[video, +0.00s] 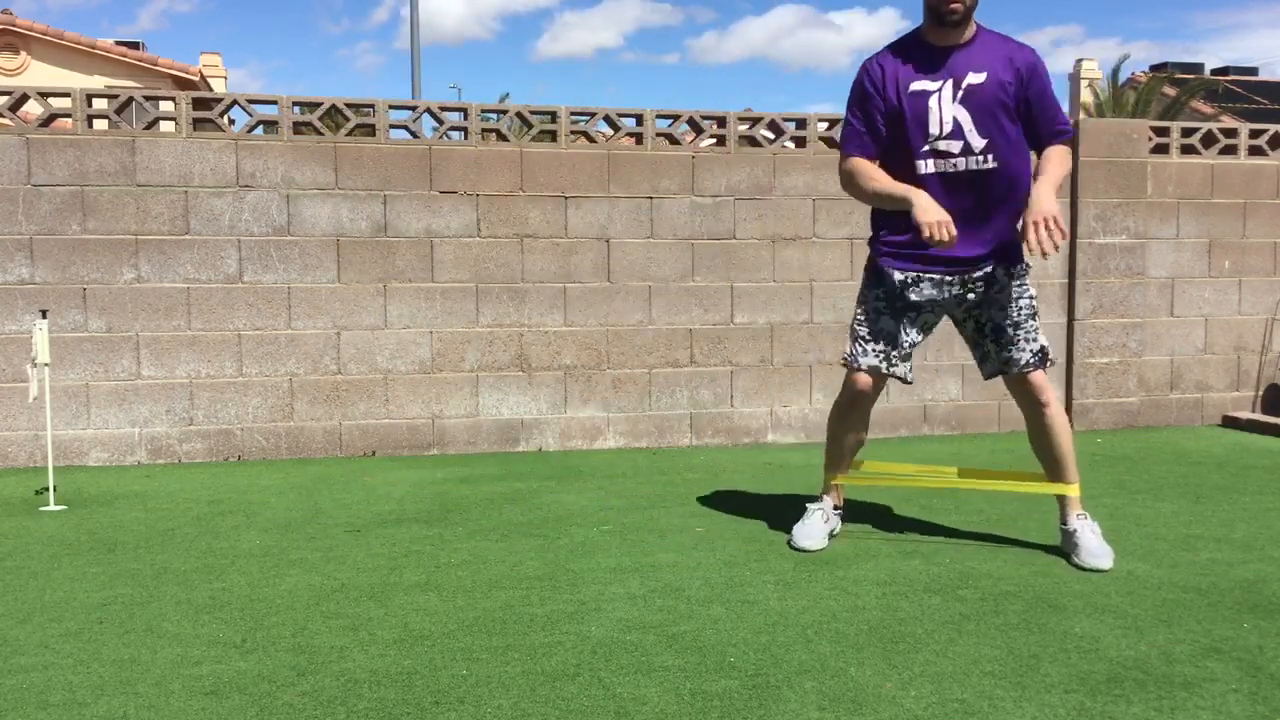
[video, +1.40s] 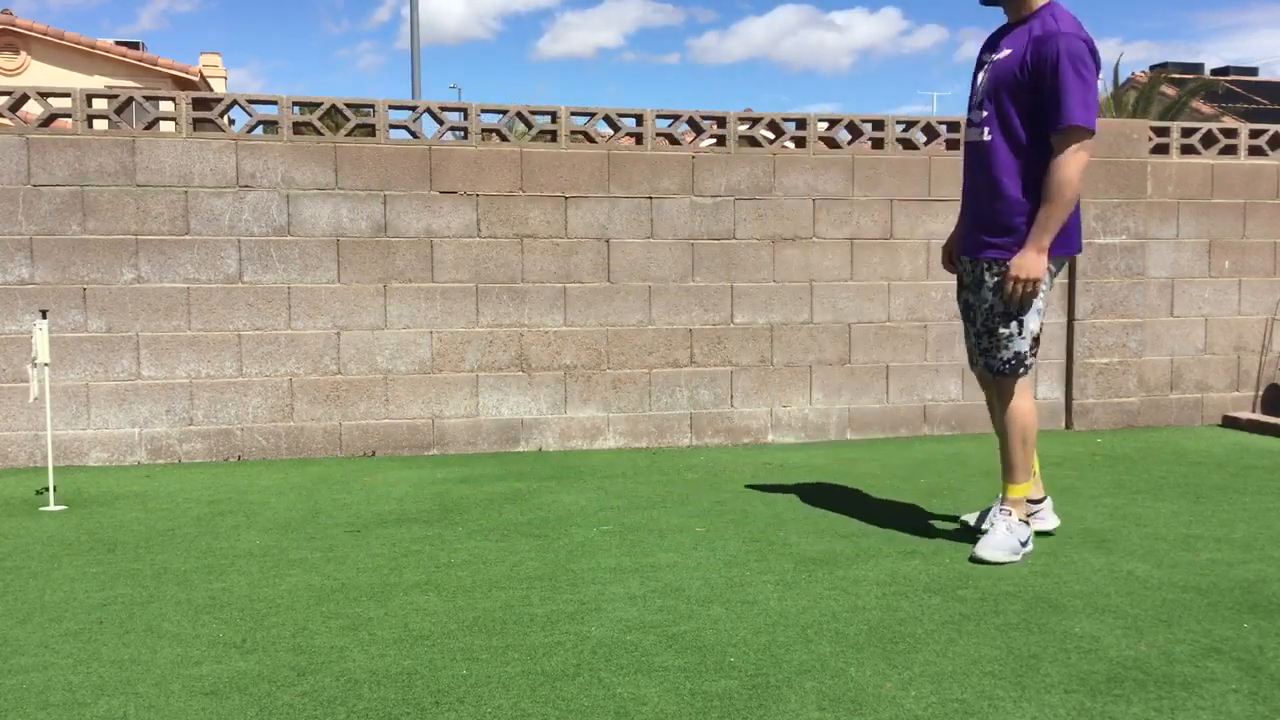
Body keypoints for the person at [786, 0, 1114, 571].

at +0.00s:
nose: (952, 0)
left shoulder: (1018, 62)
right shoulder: (882, 71)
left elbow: (1058, 143)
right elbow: (854, 170)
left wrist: (1044, 191)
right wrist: (912, 196)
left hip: (993, 264)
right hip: (904, 266)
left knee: (1034, 384)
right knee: (859, 384)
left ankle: (1075, 518)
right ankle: (828, 502)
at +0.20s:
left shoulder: (978, 56)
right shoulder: (843, 58)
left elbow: (996, 153)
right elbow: (806, 152)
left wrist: (1004, 241)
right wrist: (845, 222)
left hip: (957, 256)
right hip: (870, 258)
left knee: (1000, 376)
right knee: (842, 381)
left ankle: (1039, 508)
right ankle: (823, 504)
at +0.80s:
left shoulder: (1041, 62)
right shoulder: (913, 43)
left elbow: (1055, 160)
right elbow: (886, 135)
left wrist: (1032, 250)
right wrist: (883, 217)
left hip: (987, 251)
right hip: (910, 243)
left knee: (988, 385)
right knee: (874, 371)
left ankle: (1008, 515)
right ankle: (837, 503)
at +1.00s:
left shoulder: (1064, 51)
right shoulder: (948, 36)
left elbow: (1072, 156)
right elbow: (918, 132)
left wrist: (1037, 239)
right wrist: (905, 211)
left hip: (1006, 249)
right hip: (933, 240)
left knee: (1004, 379)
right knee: (910, 366)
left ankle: (1009, 514)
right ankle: (903, 496)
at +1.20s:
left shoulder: (1072, 44)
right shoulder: (973, 41)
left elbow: (1081, 151)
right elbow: (955, 139)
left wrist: (1039, 242)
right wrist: (938, 222)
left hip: (1017, 246)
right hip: (956, 241)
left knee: (1011, 375)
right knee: (954, 362)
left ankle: (1015, 512)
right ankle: (993, 471)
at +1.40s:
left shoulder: (1061, 38)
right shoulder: (997, 41)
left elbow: (1074, 152)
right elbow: (991, 149)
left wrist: (1037, 247)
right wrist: (963, 229)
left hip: (1018, 248)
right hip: (979, 244)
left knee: (1010, 375)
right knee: (994, 372)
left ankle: (1014, 511)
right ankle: (1030, 497)